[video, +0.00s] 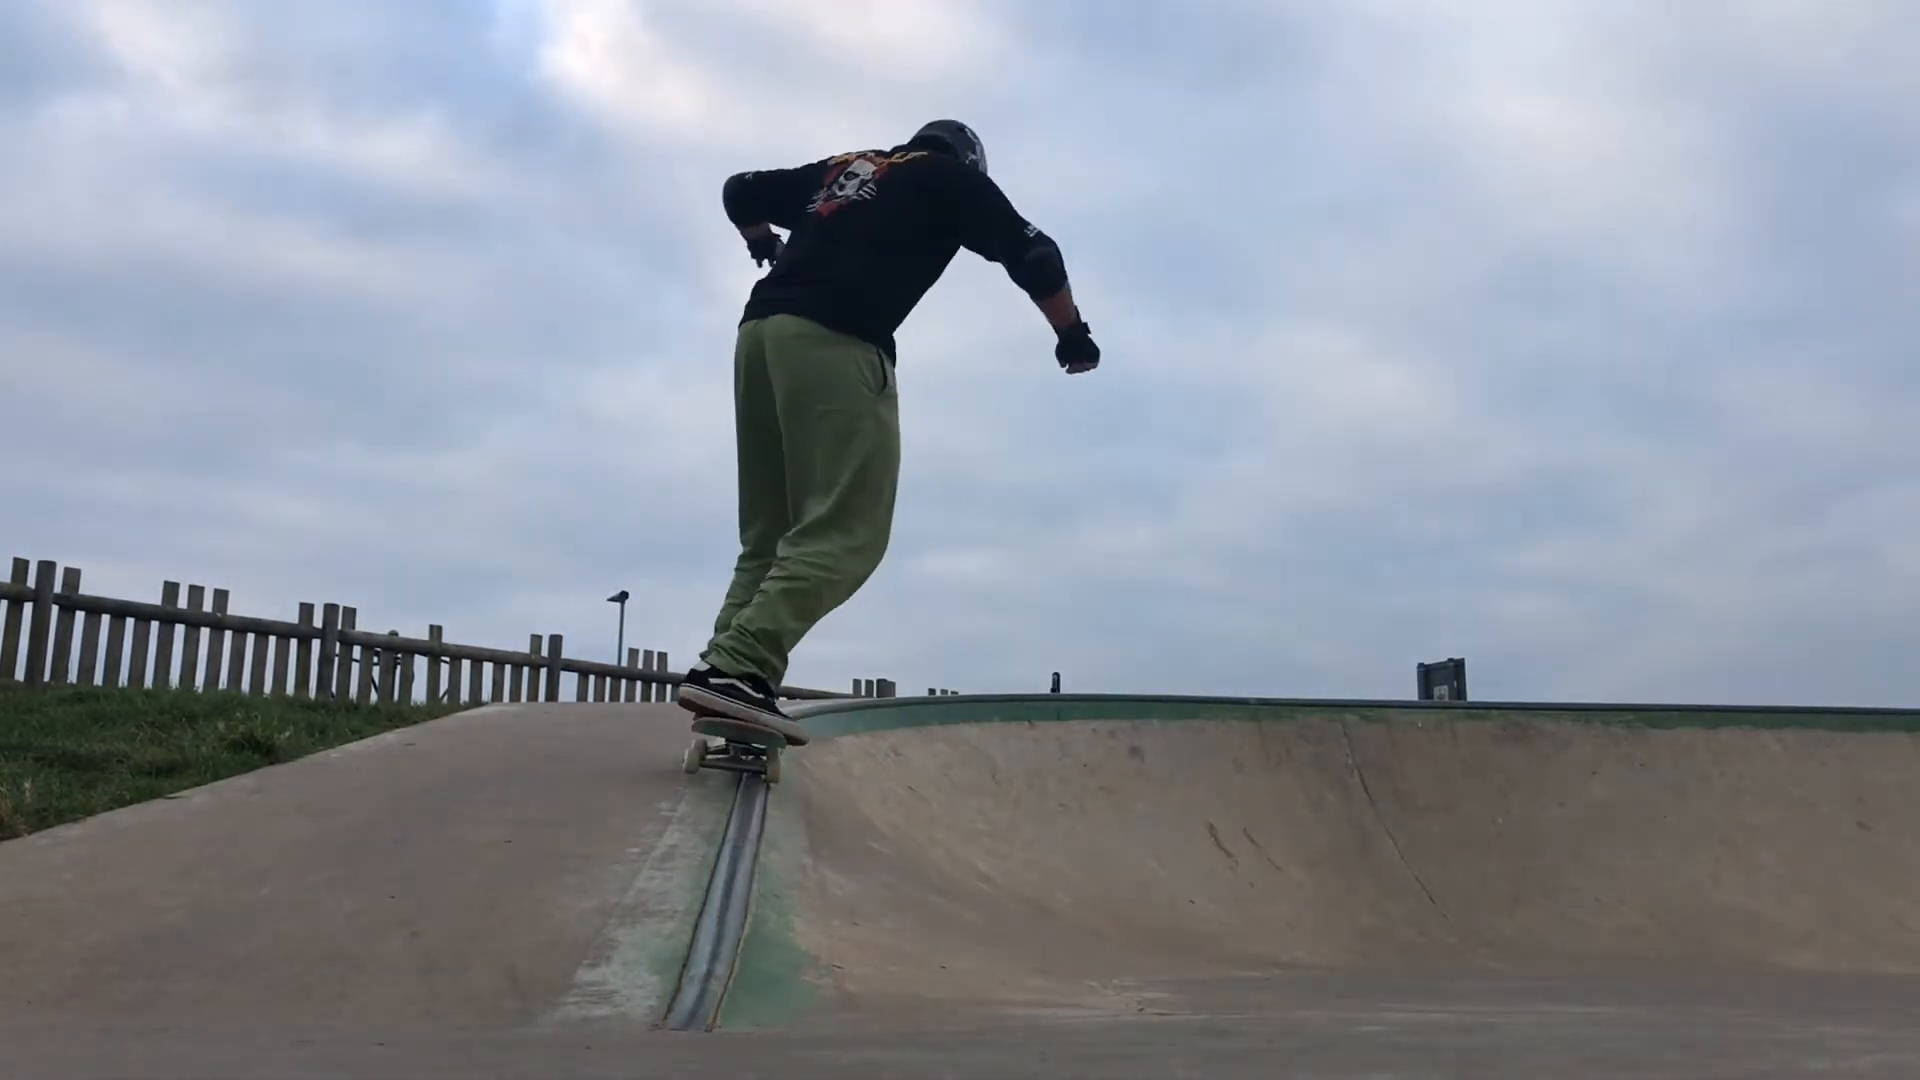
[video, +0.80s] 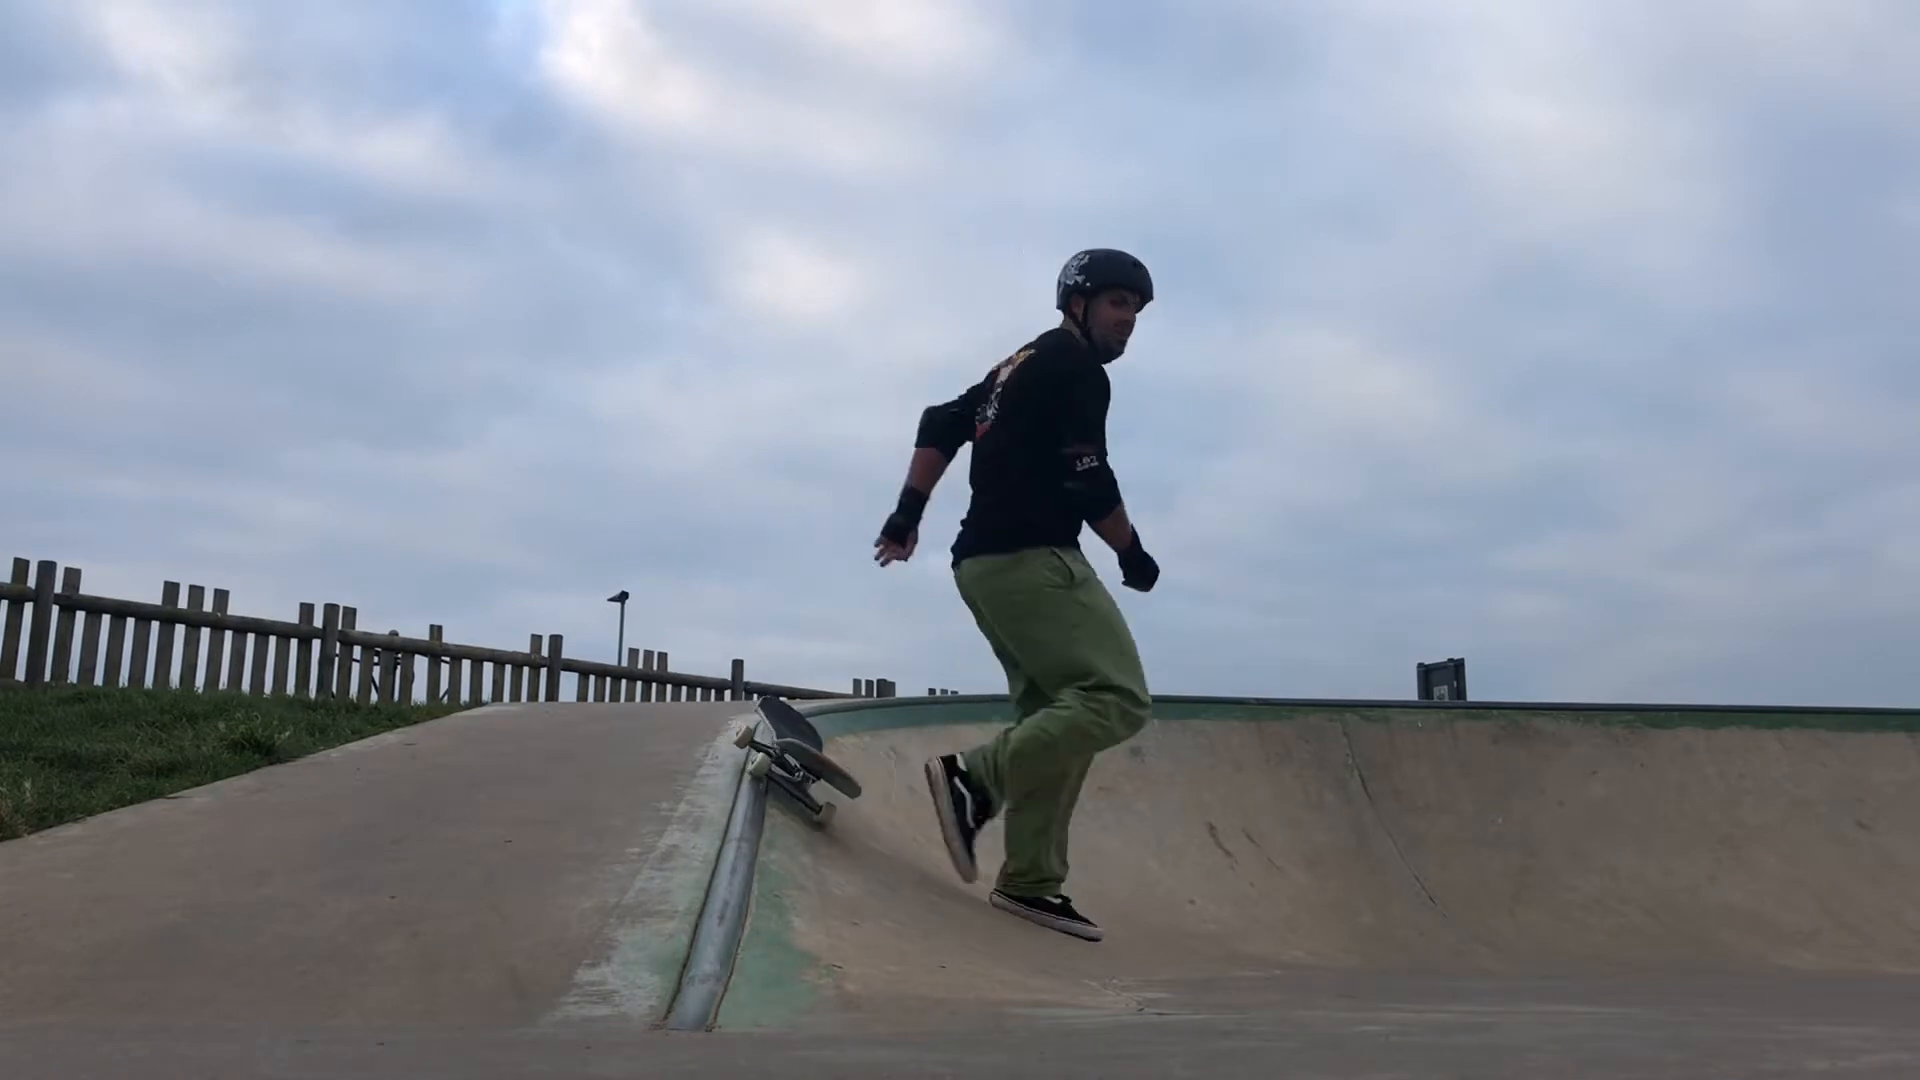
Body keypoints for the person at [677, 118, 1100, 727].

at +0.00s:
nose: (975, 183)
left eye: (977, 175)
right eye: (976, 173)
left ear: (916, 142)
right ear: (967, 159)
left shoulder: (847, 167)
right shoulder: (957, 177)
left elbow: (740, 189)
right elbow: (1033, 253)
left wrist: (760, 238)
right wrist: (1072, 332)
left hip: (759, 335)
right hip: (834, 339)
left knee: (768, 529)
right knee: (846, 531)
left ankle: (725, 675)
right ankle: (736, 671)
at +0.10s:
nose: (965, 180)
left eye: (960, 171)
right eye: (966, 172)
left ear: (909, 150)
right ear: (957, 161)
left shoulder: (844, 179)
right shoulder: (951, 177)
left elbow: (749, 224)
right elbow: (1032, 235)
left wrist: (781, 281)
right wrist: (1069, 327)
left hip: (761, 327)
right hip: (834, 328)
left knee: (763, 521)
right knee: (832, 518)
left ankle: (723, 676)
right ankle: (734, 663)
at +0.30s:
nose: (979, 260)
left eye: (981, 255)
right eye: (985, 247)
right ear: (976, 223)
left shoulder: (870, 232)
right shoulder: (964, 198)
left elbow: (870, 333)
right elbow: (1038, 143)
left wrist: (915, 441)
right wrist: (1117, 84)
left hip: (783, 334)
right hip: (874, 335)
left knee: (751, 525)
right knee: (894, 522)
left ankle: (711, 678)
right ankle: (872, 688)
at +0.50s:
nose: (1043, 246)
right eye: (1028, 235)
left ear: (960, 228)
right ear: (1008, 230)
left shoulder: (904, 271)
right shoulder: (1000, 244)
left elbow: (892, 350)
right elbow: (1074, 195)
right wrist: (1125, 166)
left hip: (843, 429)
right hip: (924, 436)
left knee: (861, 558)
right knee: (919, 630)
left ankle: (779, 633)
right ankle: (851, 785)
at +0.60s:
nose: (1055, 289)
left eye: (1056, 280)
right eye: (1055, 279)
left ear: (993, 254)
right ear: (1041, 264)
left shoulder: (926, 310)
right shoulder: (1020, 284)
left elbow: (855, 409)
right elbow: (1108, 299)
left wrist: (853, 500)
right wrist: (1137, 310)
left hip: (878, 480)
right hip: (954, 473)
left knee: (941, 607)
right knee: (960, 653)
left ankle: (899, 746)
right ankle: (865, 791)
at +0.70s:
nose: (1095, 299)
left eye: (1099, 288)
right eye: (1090, 283)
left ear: (1032, 275)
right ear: (1049, 269)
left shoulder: (968, 329)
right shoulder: (1060, 323)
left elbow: (882, 390)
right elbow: (1106, 418)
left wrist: (842, 485)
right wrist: (1153, 470)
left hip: (926, 506)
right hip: (989, 502)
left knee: (996, 680)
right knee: (1009, 682)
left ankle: (1012, 849)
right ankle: (886, 778)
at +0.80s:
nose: (1130, 322)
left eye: (1136, 311)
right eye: (1120, 306)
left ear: (1087, 311)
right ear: (1079, 302)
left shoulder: (1022, 363)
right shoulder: (1079, 368)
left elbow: (942, 421)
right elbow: (1087, 475)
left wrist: (908, 510)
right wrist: (1130, 550)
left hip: (988, 564)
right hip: (1032, 559)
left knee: (1045, 718)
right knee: (1117, 699)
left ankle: (1030, 885)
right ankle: (976, 779)